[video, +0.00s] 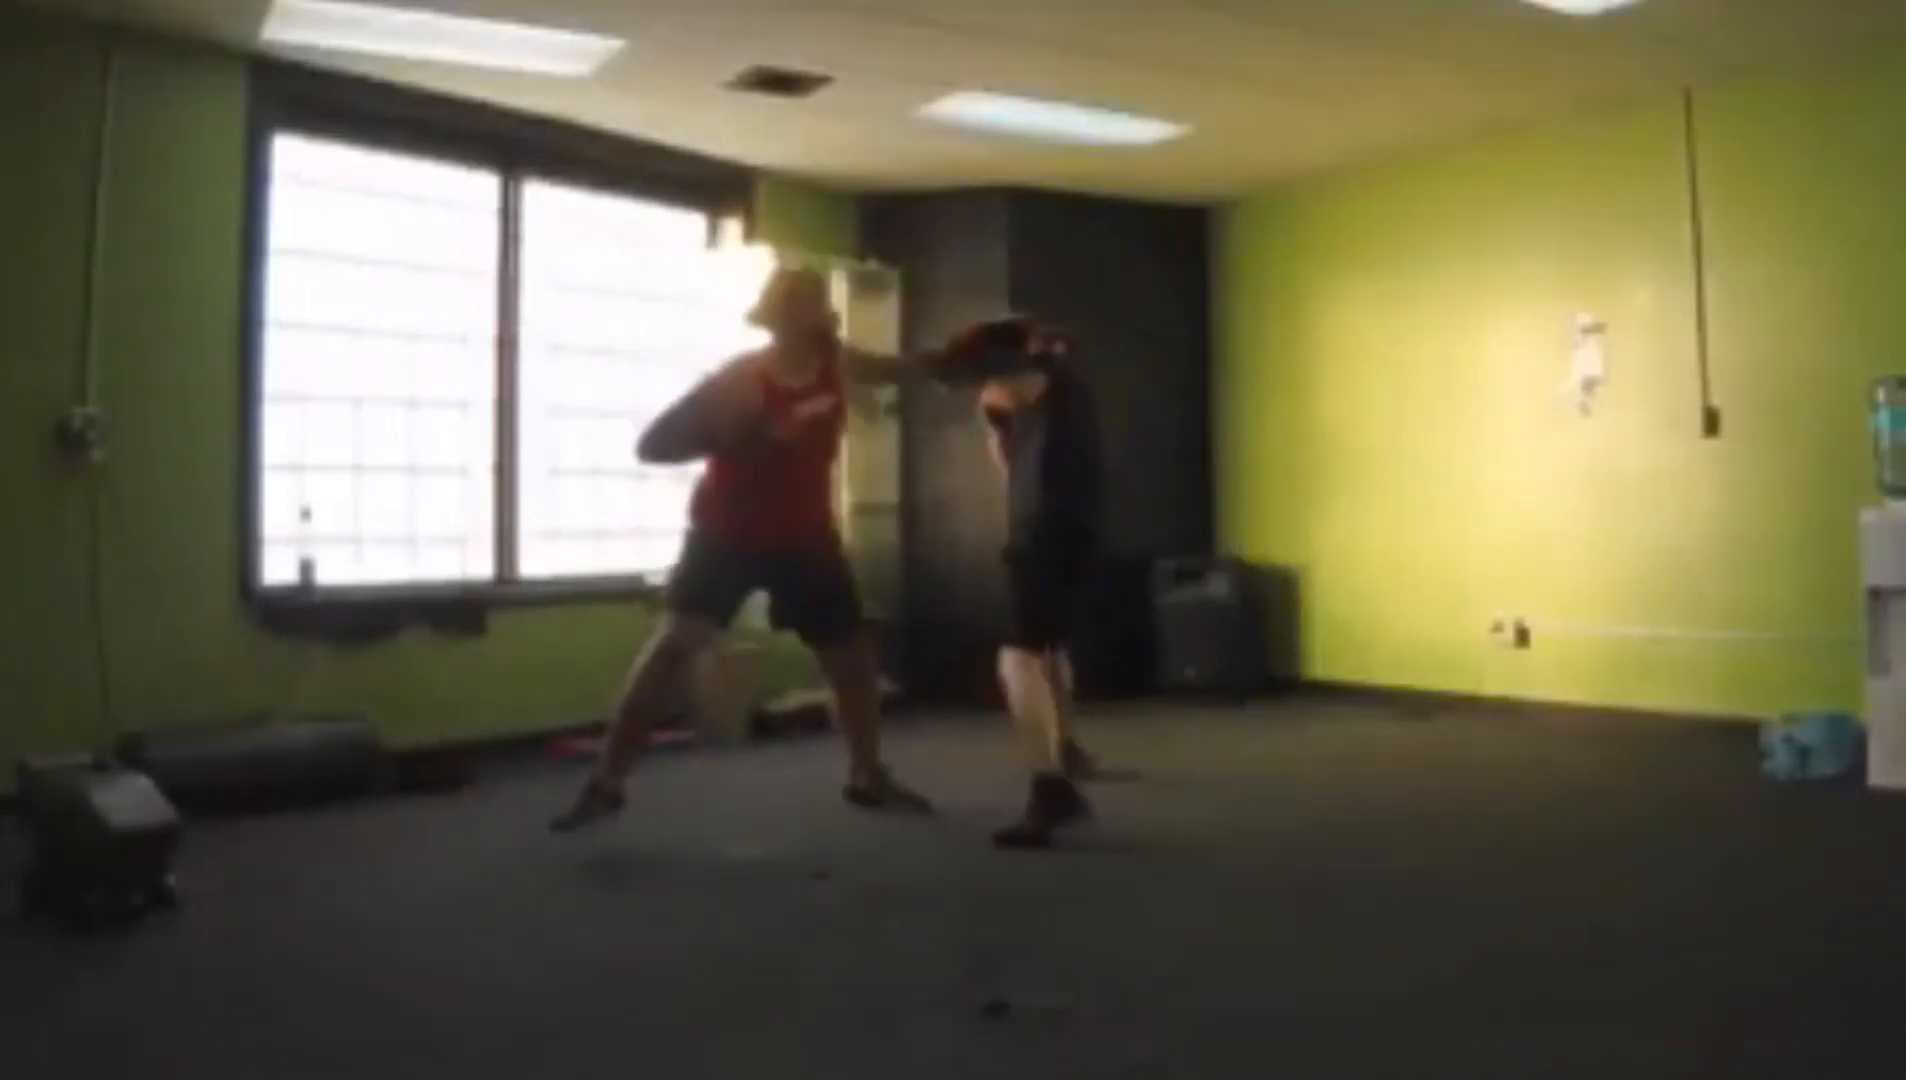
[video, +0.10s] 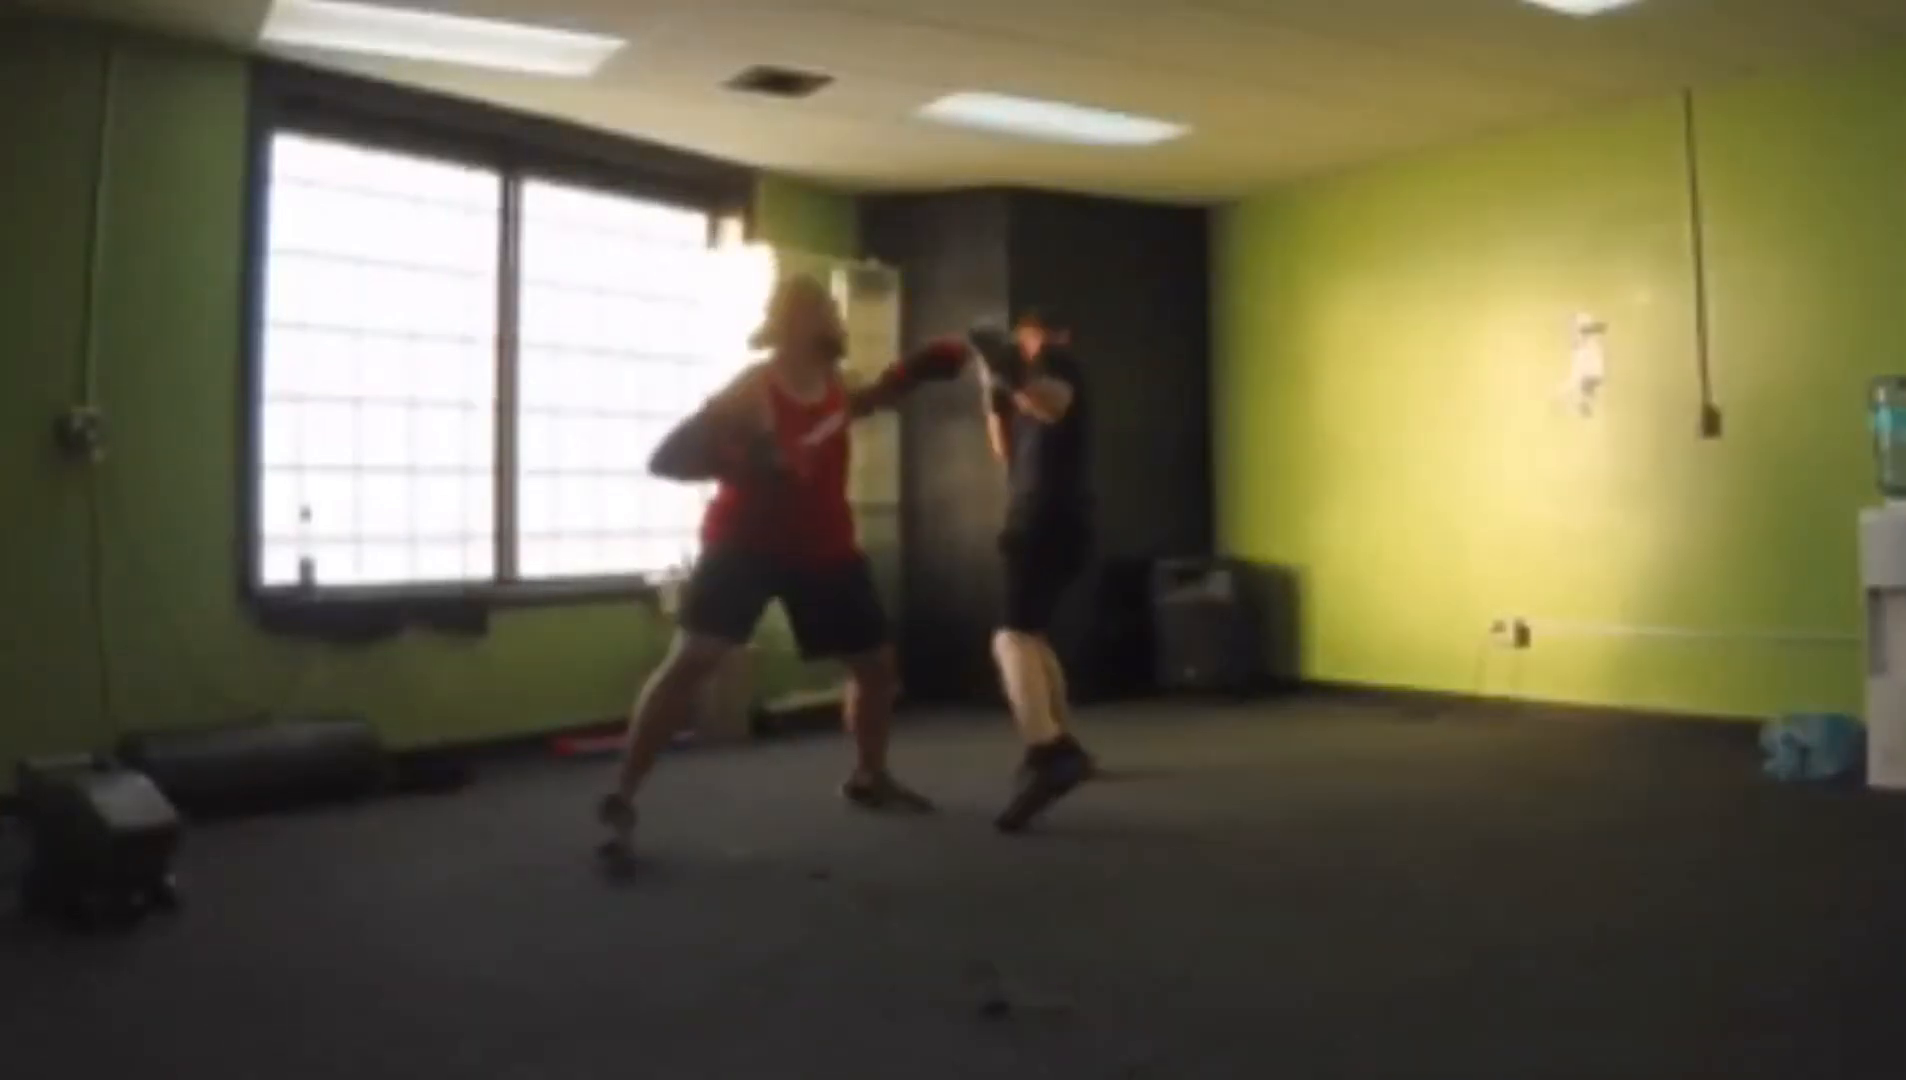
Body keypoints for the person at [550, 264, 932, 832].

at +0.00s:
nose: (816, 320)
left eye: (819, 307)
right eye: (803, 308)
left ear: (827, 314)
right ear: (777, 318)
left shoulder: (835, 366)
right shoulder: (742, 380)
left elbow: (895, 371)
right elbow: (654, 445)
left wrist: (948, 363)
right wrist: (732, 437)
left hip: (806, 540)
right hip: (726, 540)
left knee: (850, 654)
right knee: (673, 649)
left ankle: (867, 778)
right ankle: (607, 781)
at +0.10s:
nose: (824, 323)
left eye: (826, 311)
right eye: (809, 312)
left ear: (833, 324)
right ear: (782, 325)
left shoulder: (837, 390)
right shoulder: (753, 392)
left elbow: (876, 397)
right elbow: (669, 459)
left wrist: (924, 367)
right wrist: (746, 463)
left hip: (824, 551)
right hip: (747, 550)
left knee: (874, 665)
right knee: (691, 663)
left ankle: (870, 777)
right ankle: (624, 794)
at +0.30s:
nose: (816, 316)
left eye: (817, 303)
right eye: (805, 303)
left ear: (808, 311)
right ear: (777, 307)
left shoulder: (809, 384)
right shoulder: (731, 378)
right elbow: (734, 472)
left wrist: (861, 400)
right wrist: (812, 423)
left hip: (792, 542)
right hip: (723, 547)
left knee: (844, 645)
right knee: (705, 673)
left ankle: (860, 766)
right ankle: (647, 813)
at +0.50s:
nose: (808, 312)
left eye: (806, 300)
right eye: (798, 300)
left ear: (784, 307)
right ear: (774, 304)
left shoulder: (787, 373)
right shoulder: (735, 368)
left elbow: (821, 435)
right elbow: (813, 433)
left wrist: (847, 378)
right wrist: (846, 379)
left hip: (780, 542)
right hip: (726, 544)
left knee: (831, 651)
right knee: (732, 685)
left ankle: (820, 784)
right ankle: (681, 830)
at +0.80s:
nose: (833, 340)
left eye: (833, 328)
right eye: (824, 328)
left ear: (816, 334)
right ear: (800, 333)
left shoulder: (814, 393)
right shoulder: (781, 390)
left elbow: (862, 449)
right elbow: (853, 451)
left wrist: (872, 378)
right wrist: (873, 391)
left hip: (806, 561)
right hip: (758, 563)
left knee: (846, 657)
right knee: (740, 695)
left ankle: (869, 765)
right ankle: (684, 829)